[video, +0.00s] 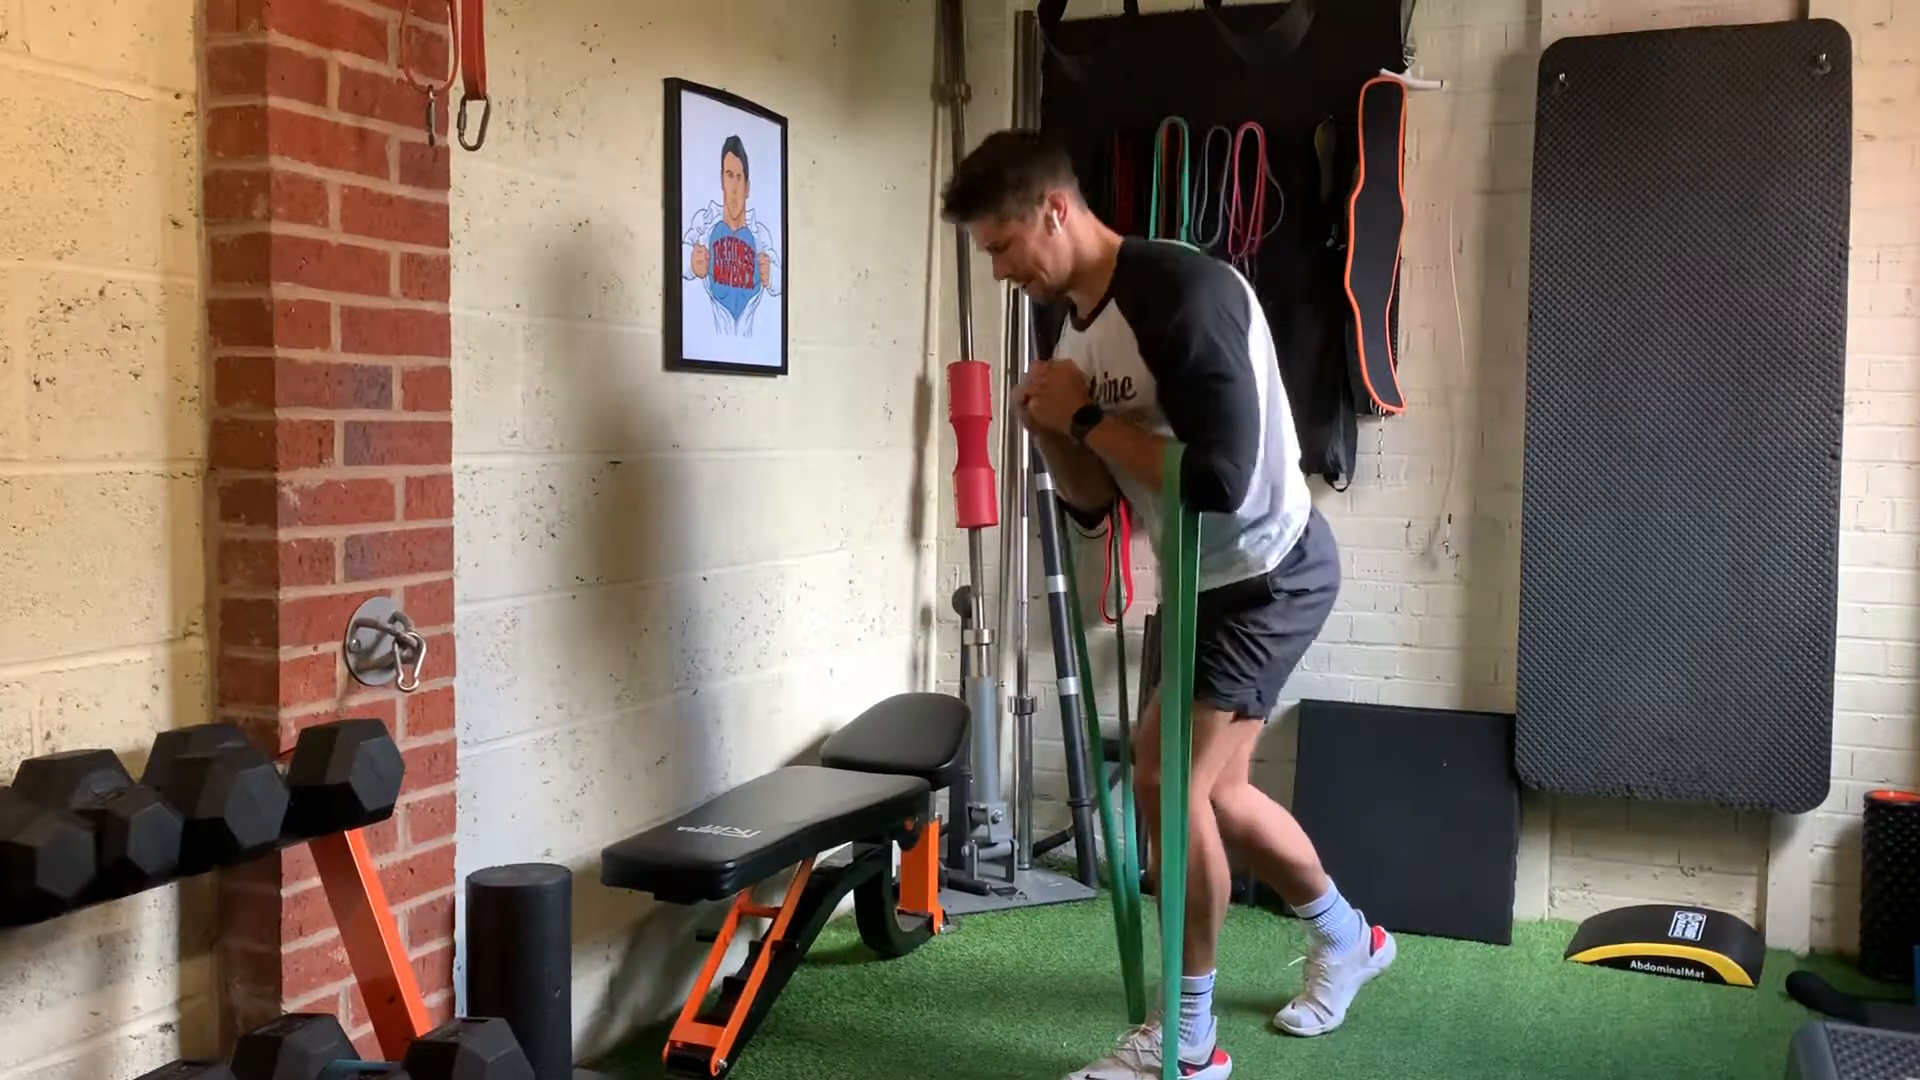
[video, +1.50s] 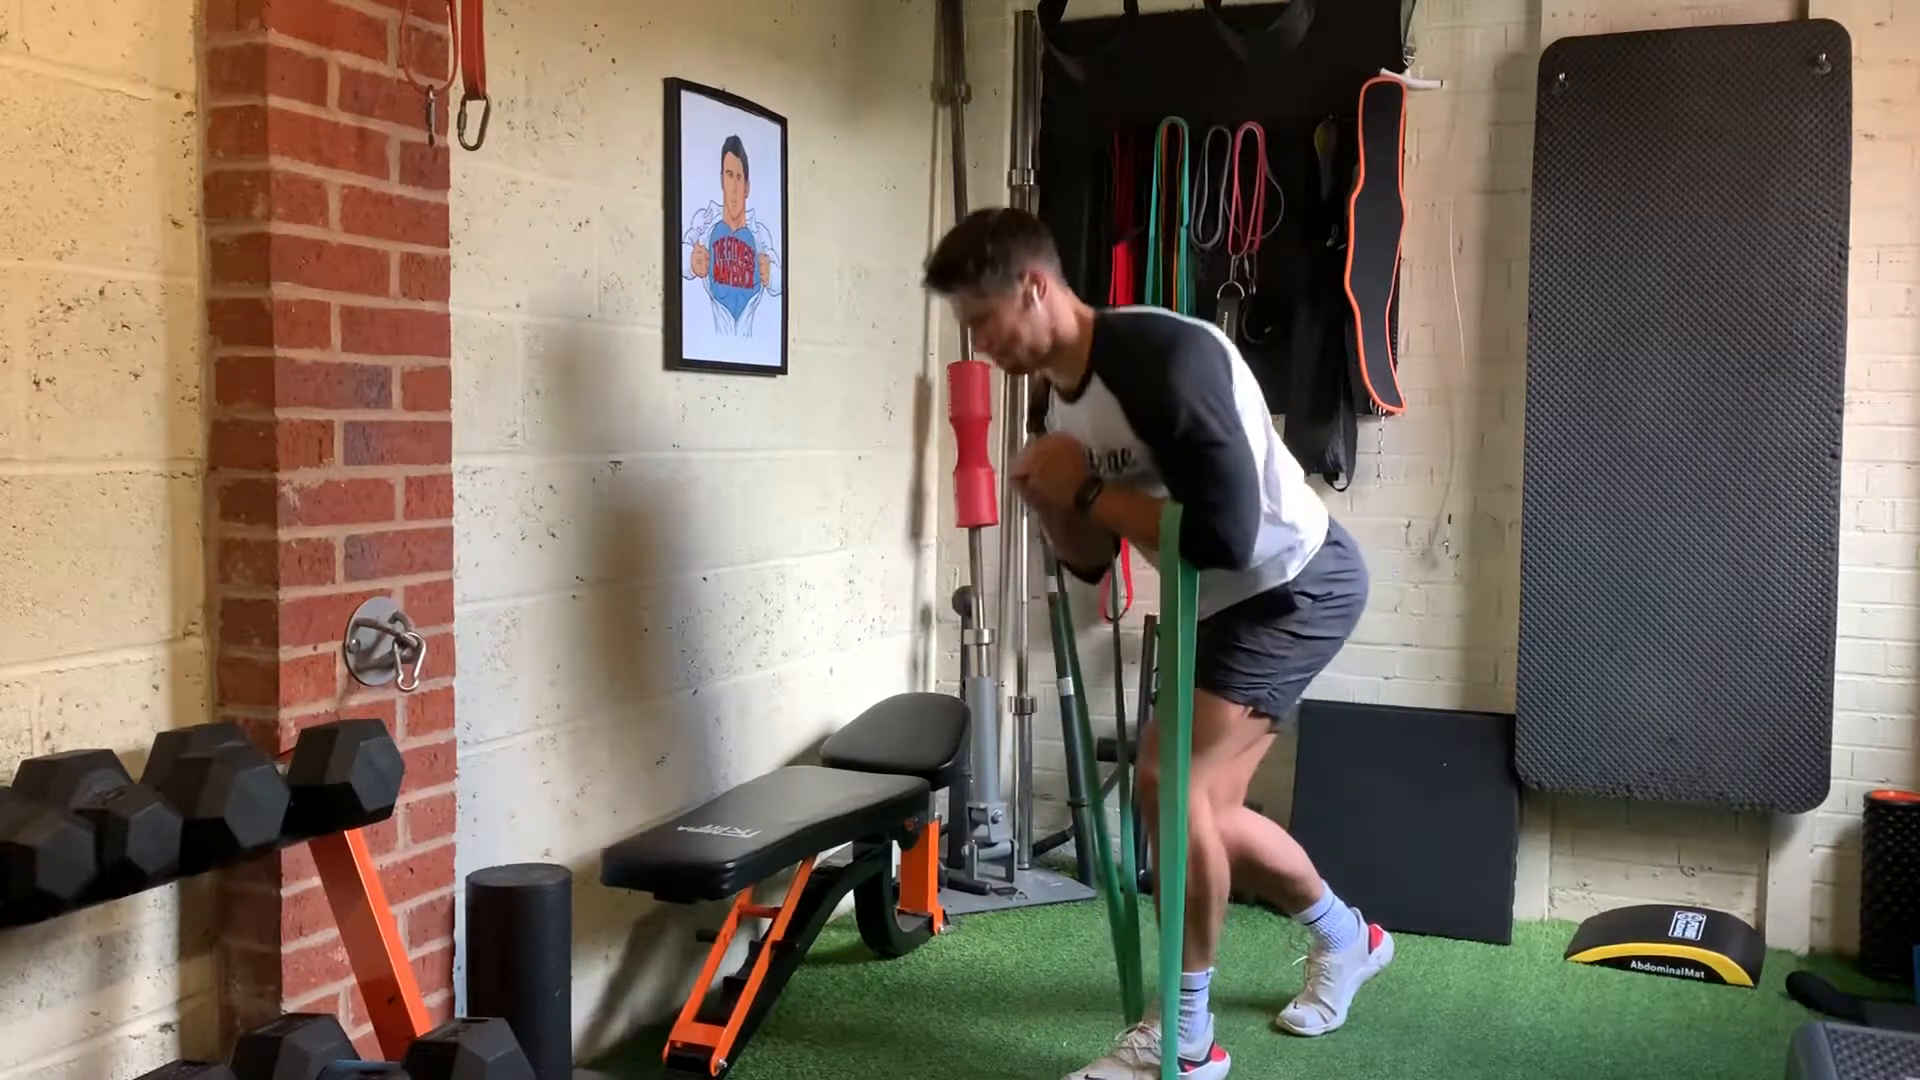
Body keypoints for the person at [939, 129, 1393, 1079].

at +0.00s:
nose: (1000, 271)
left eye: (1004, 247)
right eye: (988, 254)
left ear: (1059, 212)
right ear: (1052, 222)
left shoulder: (1189, 295)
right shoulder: (1070, 320)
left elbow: (1222, 485)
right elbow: (1095, 501)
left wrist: (1090, 423)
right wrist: (1052, 428)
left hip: (1271, 569)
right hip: (1201, 571)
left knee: (1164, 776)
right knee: (1216, 786)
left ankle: (1189, 1035)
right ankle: (1349, 935)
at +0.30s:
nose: (953, 420)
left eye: (955, 397)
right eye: (942, 403)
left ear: (1009, 359)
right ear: (1007, 362)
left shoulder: (1155, 408)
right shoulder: (1033, 452)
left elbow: (1222, 582)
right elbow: (1101, 605)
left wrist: (1082, 544)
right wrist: (1046, 560)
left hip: (1309, 587)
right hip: (1228, 598)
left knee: (1173, 787)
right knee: (1205, 807)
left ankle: (1187, 1035)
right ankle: (1348, 937)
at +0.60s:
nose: (937, 542)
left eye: (938, 521)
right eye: (927, 526)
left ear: (991, 487)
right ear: (994, 488)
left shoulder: (1141, 508)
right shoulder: (1029, 542)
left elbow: (1225, 677)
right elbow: (1102, 683)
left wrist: (1085, 646)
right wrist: (1052, 659)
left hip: (1330, 594)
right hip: (1252, 608)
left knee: (1205, 794)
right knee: (1216, 811)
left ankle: (1188, 1039)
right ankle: (1351, 940)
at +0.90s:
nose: (933, 632)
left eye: (932, 612)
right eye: (921, 617)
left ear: (983, 577)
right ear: (984, 573)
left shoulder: (1134, 578)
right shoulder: (1028, 610)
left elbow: (1228, 741)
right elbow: (1128, 731)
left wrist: (1086, 715)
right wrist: (1058, 729)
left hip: (1340, 599)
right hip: (1267, 604)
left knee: (1203, 801)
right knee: (1212, 816)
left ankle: (1186, 1039)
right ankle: (1351, 940)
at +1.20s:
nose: (931, 557)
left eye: (933, 537)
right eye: (922, 541)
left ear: (985, 506)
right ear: (986, 508)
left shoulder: (1137, 522)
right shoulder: (1029, 551)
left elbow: (1226, 684)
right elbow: (1123, 681)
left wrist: (1084, 663)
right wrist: (1057, 671)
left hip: (1332, 595)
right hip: (1253, 612)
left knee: (1197, 797)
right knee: (1210, 817)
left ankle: (1186, 1037)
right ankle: (1349, 938)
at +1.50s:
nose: (975, 343)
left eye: (981, 319)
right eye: (965, 325)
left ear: (1037, 289)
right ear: (1027, 297)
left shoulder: (1171, 361)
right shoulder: (1054, 398)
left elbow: (1224, 538)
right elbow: (1092, 563)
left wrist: (1092, 492)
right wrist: (1048, 498)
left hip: (1296, 579)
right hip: (1216, 591)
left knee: (1167, 785)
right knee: (1206, 815)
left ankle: (1186, 1035)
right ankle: (1349, 937)